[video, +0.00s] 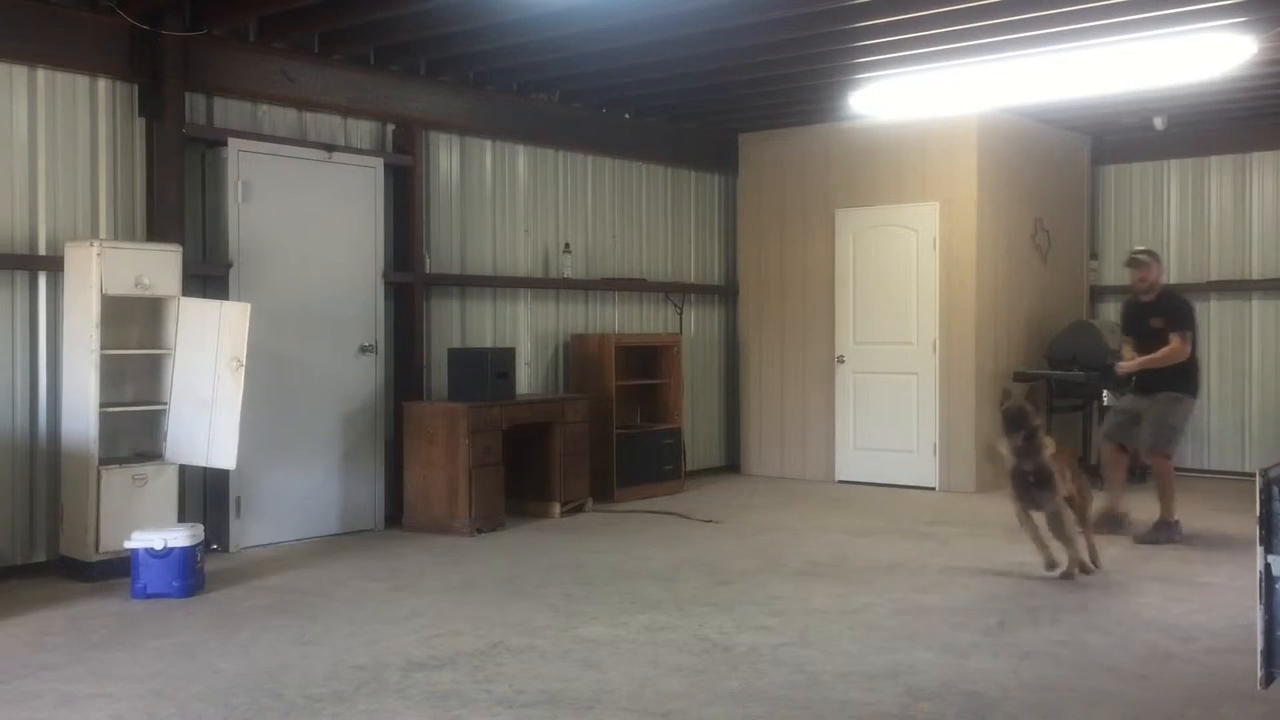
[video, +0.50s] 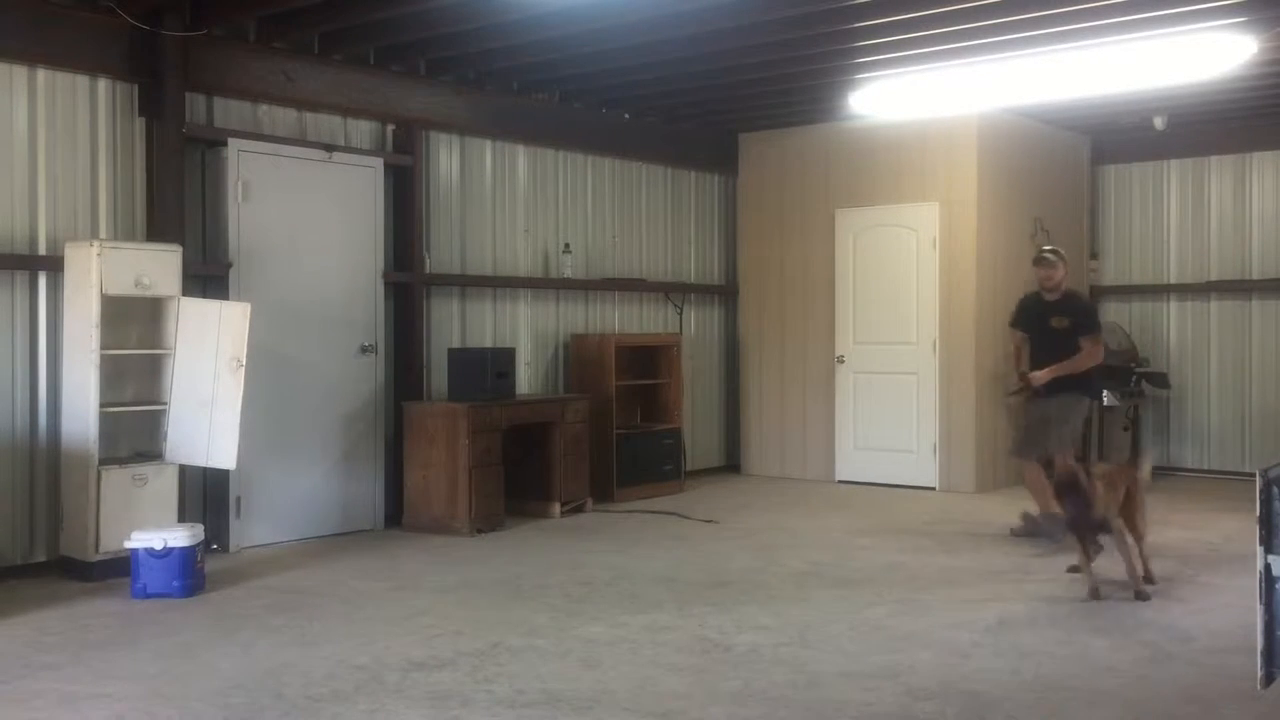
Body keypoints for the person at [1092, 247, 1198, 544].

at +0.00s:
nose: (1139, 274)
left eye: (1144, 268)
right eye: (1134, 269)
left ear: (1159, 270)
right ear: (1130, 273)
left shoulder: (1175, 303)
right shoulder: (1131, 307)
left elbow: (1181, 350)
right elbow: (1129, 347)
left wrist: (1133, 364)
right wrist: (1125, 365)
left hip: (1174, 391)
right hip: (1140, 389)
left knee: (1157, 451)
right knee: (1111, 442)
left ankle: (1167, 521)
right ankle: (1114, 513)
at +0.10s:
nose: (1114, 270)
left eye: (1120, 264)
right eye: (1109, 265)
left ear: (1134, 266)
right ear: (1103, 270)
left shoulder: (1151, 299)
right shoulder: (1103, 303)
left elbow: (1159, 345)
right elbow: (1098, 344)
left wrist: (1119, 361)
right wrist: (1107, 355)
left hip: (1150, 389)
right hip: (1116, 389)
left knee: (1144, 454)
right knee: (1090, 451)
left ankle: (1163, 520)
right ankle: (1085, 515)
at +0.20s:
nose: (1091, 273)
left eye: (1097, 266)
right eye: (1086, 267)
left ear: (1110, 269)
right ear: (1080, 272)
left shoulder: (1128, 304)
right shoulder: (1077, 308)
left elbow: (1140, 348)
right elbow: (1069, 347)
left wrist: (1101, 363)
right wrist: (1084, 358)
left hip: (1122, 393)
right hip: (1088, 392)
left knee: (1121, 455)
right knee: (1067, 451)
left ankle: (1152, 510)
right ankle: (1055, 515)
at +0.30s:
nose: (1071, 276)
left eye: (1078, 270)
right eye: (1066, 271)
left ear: (1093, 273)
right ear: (1061, 276)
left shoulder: (1108, 307)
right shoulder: (1056, 310)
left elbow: (1123, 351)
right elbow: (1042, 349)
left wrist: (1085, 370)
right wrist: (1062, 367)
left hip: (1103, 391)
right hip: (1064, 391)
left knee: (1084, 448)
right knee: (1034, 445)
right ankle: (1050, 517)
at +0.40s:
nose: (1058, 275)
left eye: (1064, 268)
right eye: (1053, 269)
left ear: (1076, 271)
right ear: (1046, 274)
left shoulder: (1093, 308)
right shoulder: (1039, 309)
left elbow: (1107, 353)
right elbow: (1028, 348)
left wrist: (1069, 372)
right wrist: (1037, 371)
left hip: (1086, 389)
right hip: (1052, 389)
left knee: (1067, 434)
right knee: (1029, 447)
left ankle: (1086, 511)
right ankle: (1050, 517)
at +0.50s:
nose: (1047, 275)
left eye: (1053, 269)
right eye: (1041, 269)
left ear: (1064, 271)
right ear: (1035, 273)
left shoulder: (1080, 305)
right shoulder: (1029, 304)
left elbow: (1095, 353)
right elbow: (1019, 342)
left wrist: (1049, 373)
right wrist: (1022, 374)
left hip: (1074, 392)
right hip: (1041, 391)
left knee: (1062, 454)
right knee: (1028, 456)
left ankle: (1075, 517)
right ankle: (1049, 517)